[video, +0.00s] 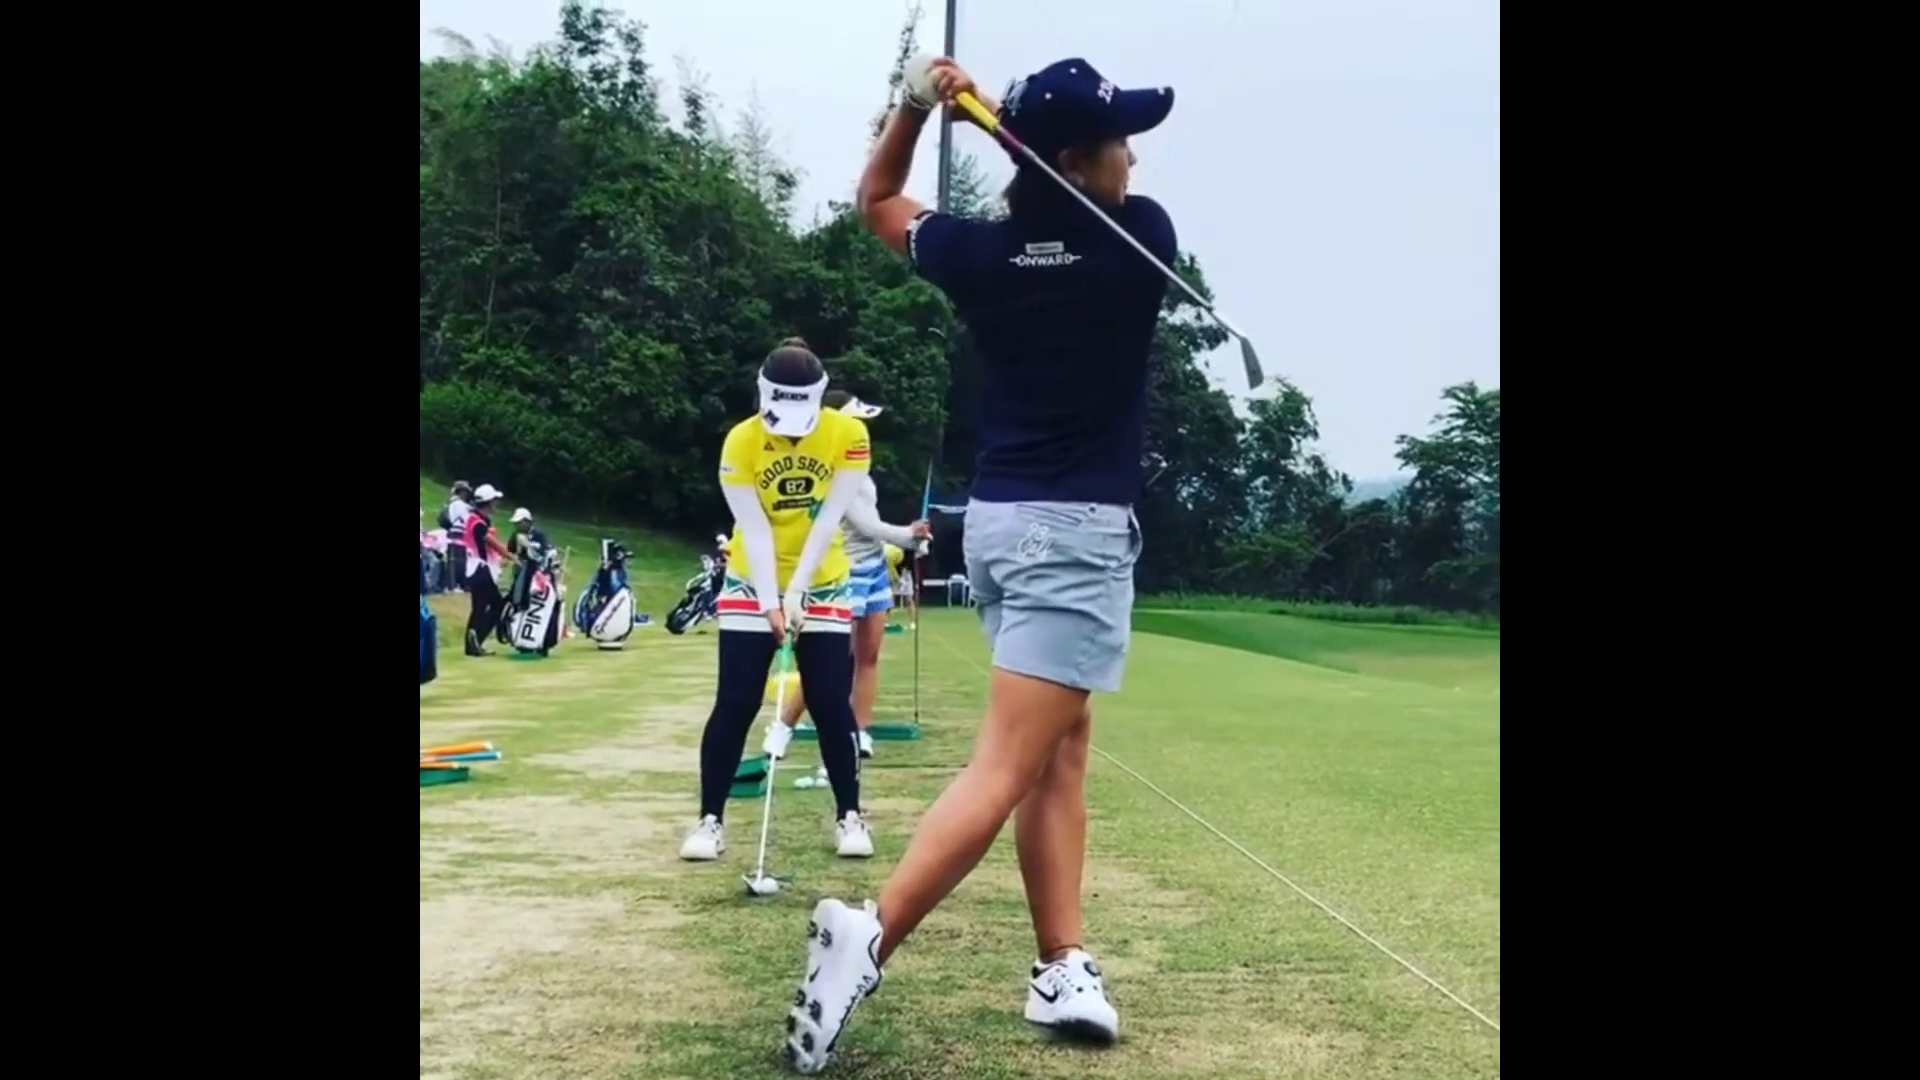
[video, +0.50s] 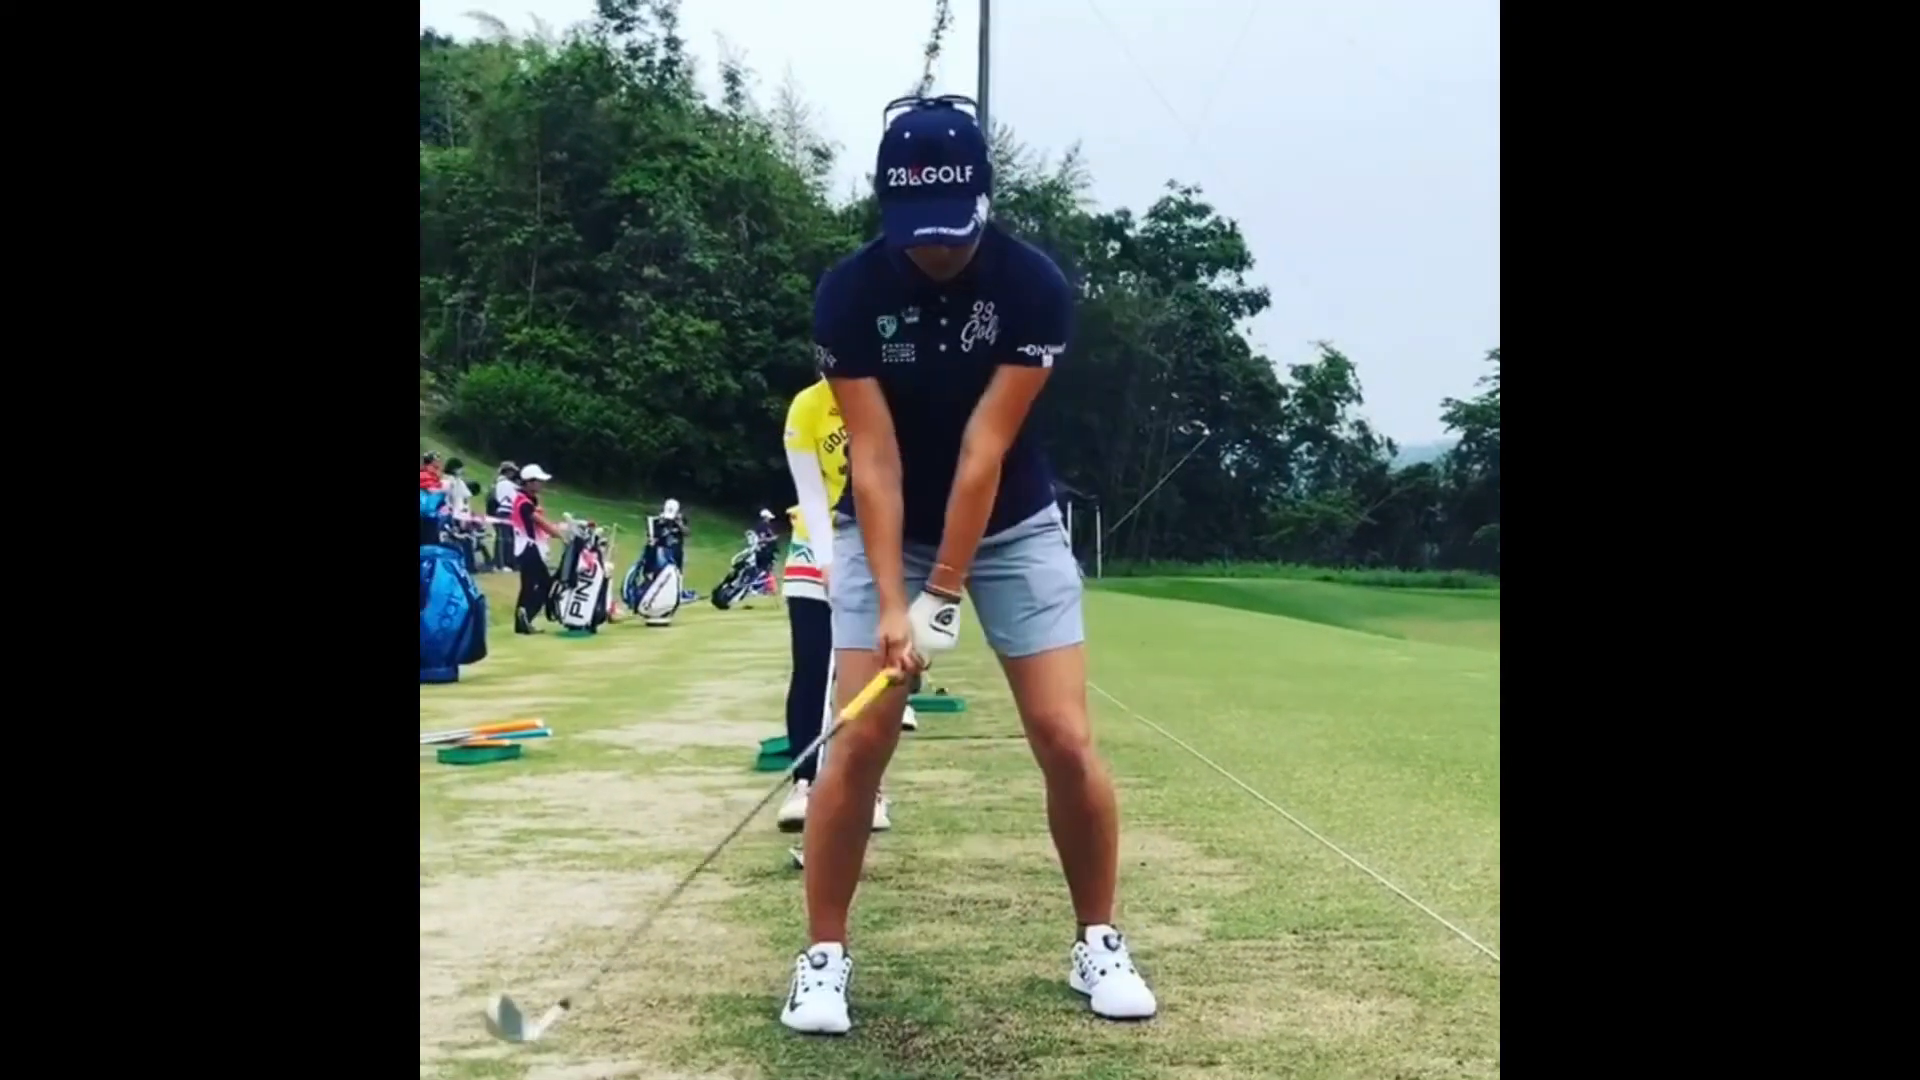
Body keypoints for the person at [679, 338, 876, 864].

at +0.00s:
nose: (788, 424)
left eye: (798, 414)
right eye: (778, 413)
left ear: (818, 397)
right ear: (763, 397)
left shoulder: (849, 434)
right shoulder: (740, 444)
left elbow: (833, 514)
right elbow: (754, 529)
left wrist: (797, 587)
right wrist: (769, 598)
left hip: (822, 585)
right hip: (750, 583)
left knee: (830, 701)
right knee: (735, 701)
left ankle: (849, 816)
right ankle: (710, 821)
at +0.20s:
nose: (796, 428)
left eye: (806, 418)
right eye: (786, 417)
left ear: (826, 400)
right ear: (771, 401)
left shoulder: (857, 438)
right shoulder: (748, 447)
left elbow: (840, 520)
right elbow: (762, 532)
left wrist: (804, 590)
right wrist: (778, 600)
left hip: (830, 587)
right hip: (757, 587)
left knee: (834, 702)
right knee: (742, 702)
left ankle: (850, 819)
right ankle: (710, 821)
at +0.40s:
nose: (850, 357)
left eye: (861, 348)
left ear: (884, 347)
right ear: (832, 346)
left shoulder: (898, 400)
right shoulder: (809, 402)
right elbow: (809, 494)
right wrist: (829, 558)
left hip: (876, 566)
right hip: (813, 565)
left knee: (876, 692)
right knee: (815, 681)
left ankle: (869, 786)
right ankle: (810, 787)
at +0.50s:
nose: (841, 360)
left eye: (852, 353)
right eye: (834, 351)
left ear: (878, 350)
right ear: (826, 351)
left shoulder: (892, 400)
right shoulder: (809, 405)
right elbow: (811, 496)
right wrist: (828, 564)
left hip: (874, 553)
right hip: (815, 551)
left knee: (869, 675)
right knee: (811, 668)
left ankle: (871, 783)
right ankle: (806, 777)